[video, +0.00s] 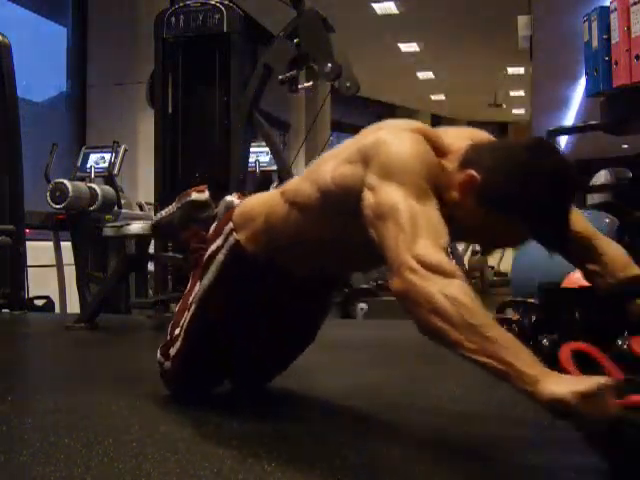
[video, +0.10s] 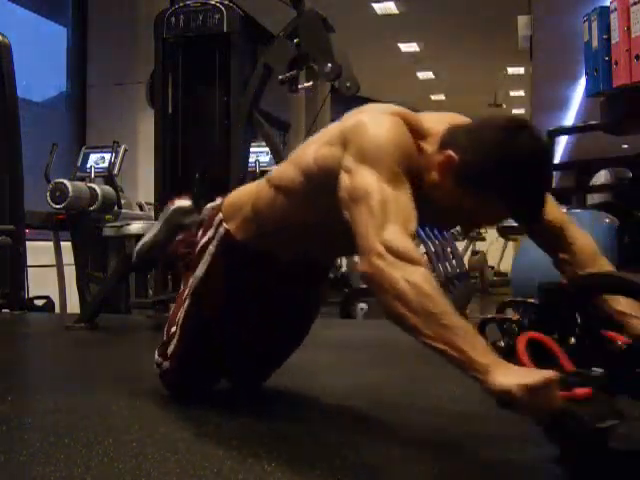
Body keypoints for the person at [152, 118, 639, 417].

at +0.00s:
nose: (483, 247)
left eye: (498, 243)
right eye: (488, 236)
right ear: (467, 191)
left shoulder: (496, 164)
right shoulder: (398, 152)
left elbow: (591, 247)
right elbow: (422, 282)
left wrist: (637, 293)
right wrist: (540, 380)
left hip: (315, 279)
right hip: (252, 255)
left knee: (247, 381)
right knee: (181, 377)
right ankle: (209, 240)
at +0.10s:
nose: (466, 228)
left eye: (479, 224)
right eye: (469, 217)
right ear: (447, 168)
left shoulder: (480, 148)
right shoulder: (376, 136)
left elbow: (558, 231)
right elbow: (390, 266)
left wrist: (614, 302)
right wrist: (493, 369)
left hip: (304, 271)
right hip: (238, 252)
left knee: (243, 381)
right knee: (182, 381)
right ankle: (190, 254)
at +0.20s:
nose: (451, 215)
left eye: (464, 208)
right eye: (453, 201)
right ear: (426, 152)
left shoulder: (463, 142)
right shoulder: (359, 124)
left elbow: (537, 226)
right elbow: (360, 249)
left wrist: (600, 313)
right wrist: (455, 357)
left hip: (299, 264)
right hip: (232, 243)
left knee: (240, 378)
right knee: (182, 378)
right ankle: (178, 259)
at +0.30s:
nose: (430, 204)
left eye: (445, 198)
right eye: (429, 190)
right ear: (409, 145)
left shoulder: (453, 143)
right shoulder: (345, 117)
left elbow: (515, 223)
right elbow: (338, 244)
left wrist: (575, 313)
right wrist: (418, 356)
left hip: (293, 253)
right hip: (227, 233)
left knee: (238, 378)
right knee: (183, 378)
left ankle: (170, 299)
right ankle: (151, 289)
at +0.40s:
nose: (417, 200)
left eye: (430, 194)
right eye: (418, 187)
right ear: (394, 143)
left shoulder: (431, 126)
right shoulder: (327, 121)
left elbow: (498, 219)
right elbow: (316, 248)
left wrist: (552, 315)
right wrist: (391, 360)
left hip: (289, 245)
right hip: (222, 232)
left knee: (244, 373)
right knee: (199, 378)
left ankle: (162, 313)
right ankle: (139, 313)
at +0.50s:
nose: (408, 200)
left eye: (421, 194)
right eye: (409, 187)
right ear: (383, 145)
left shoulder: (410, 127)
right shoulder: (313, 127)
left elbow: (478, 220)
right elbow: (299, 251)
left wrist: (533, 311)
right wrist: (375, 362)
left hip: (277, 248)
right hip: (209, 236)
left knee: (236, 375)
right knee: (183, 376)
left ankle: (162, 313)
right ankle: (132, 312)